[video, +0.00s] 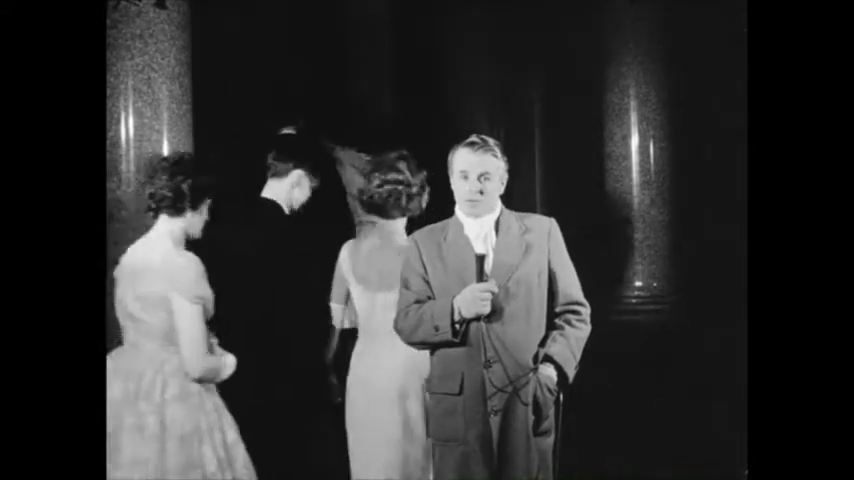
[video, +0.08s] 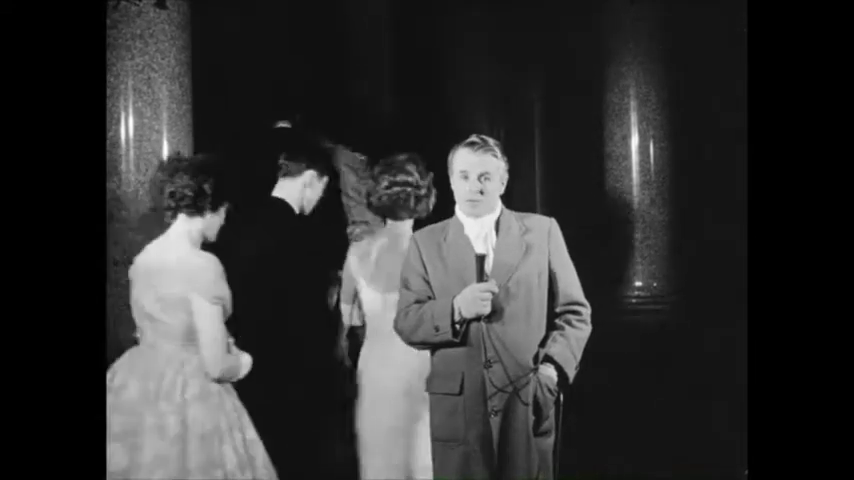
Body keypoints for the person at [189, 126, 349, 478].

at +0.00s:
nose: (308, 198)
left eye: (311, 189)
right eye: (309, 187)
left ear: (272, 171)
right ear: (297, 179)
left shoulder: (231, 221)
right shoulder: (287, 235)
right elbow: (301, 312)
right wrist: (314, 363)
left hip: (240, 365)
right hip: (284, 367)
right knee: (290, 460)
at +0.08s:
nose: (320, 197)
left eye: (322, 188)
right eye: (323, 187)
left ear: (282, 174)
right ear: (311, 180)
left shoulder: (240, 222)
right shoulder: (301, 235)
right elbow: (306, 315)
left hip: (247, 369)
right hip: (295, 371)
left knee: (257, 463)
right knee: (303, 462)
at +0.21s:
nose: (335, 204)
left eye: (339, 195)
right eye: (337, 193)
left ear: (299, 176)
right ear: (324, 181)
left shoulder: (264, 218)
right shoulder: (307, 229)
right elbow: (312, 311)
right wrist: (331, 366)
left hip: (272, 359)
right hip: (306, 364)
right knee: (315, 457)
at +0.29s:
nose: (345, 197)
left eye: (347, 188)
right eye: (345, 186)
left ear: (310, 175)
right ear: (330, 180)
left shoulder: (281, 217)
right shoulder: (314, 228)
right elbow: (321, 315)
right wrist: (347, 376)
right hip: (316, 367)